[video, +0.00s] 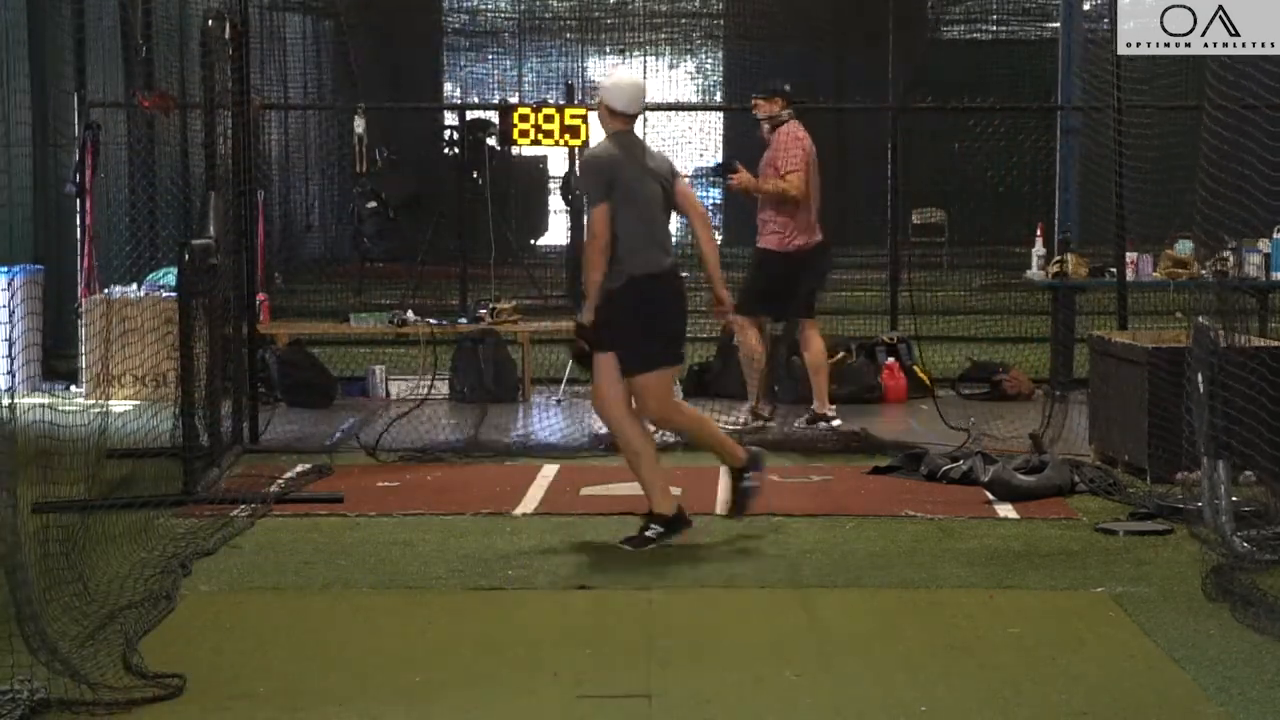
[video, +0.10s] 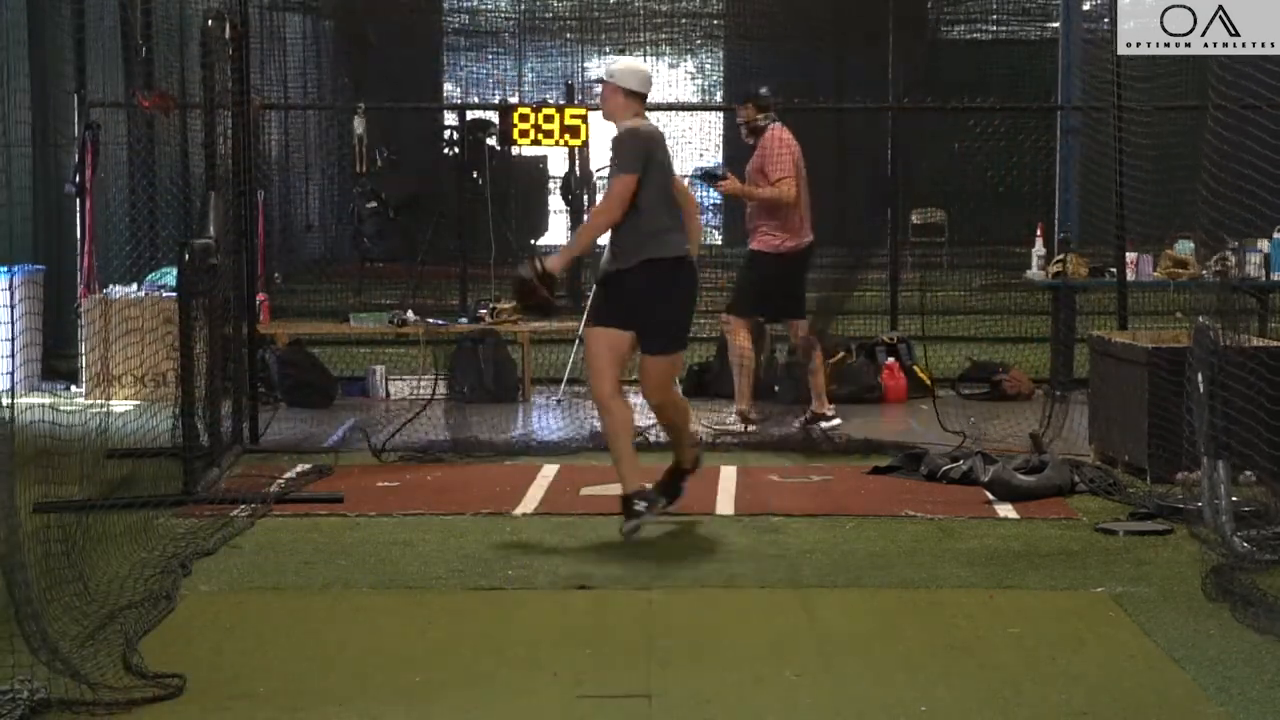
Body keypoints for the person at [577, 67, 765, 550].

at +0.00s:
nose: (594, 110)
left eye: (597, 105)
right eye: (600, 104)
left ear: (603, 110)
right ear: (637, 113)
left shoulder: (596, 159)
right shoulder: (657, 161)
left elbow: (599, 237)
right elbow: (699, 215)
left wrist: (589, 308)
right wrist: (718, 284)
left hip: (638, 292)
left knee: (656, 405)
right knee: (609, 400)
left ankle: (742, 460)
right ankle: (665, 510)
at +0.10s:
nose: (599, 95)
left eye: (605, 87)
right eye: (602, 88)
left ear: (621, 94)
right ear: (635, 97)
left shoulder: (634, 136)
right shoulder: (645, 142)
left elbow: (614, 206)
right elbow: (688, 203)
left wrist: (563, 256)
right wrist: (688, 257)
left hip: (659, 270)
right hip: (626, 273)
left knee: (658, 389)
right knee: (603, 387)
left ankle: (688, 456)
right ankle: (634, 491)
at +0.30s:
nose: (627, 112)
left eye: (636, 104)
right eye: (625, 106)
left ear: (660, 109)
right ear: (625, 112)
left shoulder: (691, 158)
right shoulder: (616, 160)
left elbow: (686, 212)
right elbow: (583, 214)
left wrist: (625, 184)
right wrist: (561, 267)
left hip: (676, 295)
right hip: (623, 288)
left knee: (662, 399)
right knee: (610, 387)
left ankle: (658, 487)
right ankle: (573, 447)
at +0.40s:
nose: (662, 95)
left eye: (667, 87)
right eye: (653, 88)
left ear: (673, 90)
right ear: (633, 92)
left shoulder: (692, 143)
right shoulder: (606, 145)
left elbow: (714, 202)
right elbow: (556, 192)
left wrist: (679, 183)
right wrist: (528, 245)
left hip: (676, 279)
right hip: (622, 274)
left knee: (668, 383)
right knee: (627, 374)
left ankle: (662, 483)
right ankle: (584, 428)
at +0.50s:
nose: (683, 91)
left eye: (683, 84)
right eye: (675, 83)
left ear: (668, 89)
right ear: (649, 85)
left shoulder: (683, 135)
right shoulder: (618, 131)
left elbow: (702, 189)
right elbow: (560, 174)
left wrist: (706, 195)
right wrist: (541, 235)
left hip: (674, 260)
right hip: (625, 259)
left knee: (678, 362)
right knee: (634, 360)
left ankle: (674, 466)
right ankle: (606, 442)